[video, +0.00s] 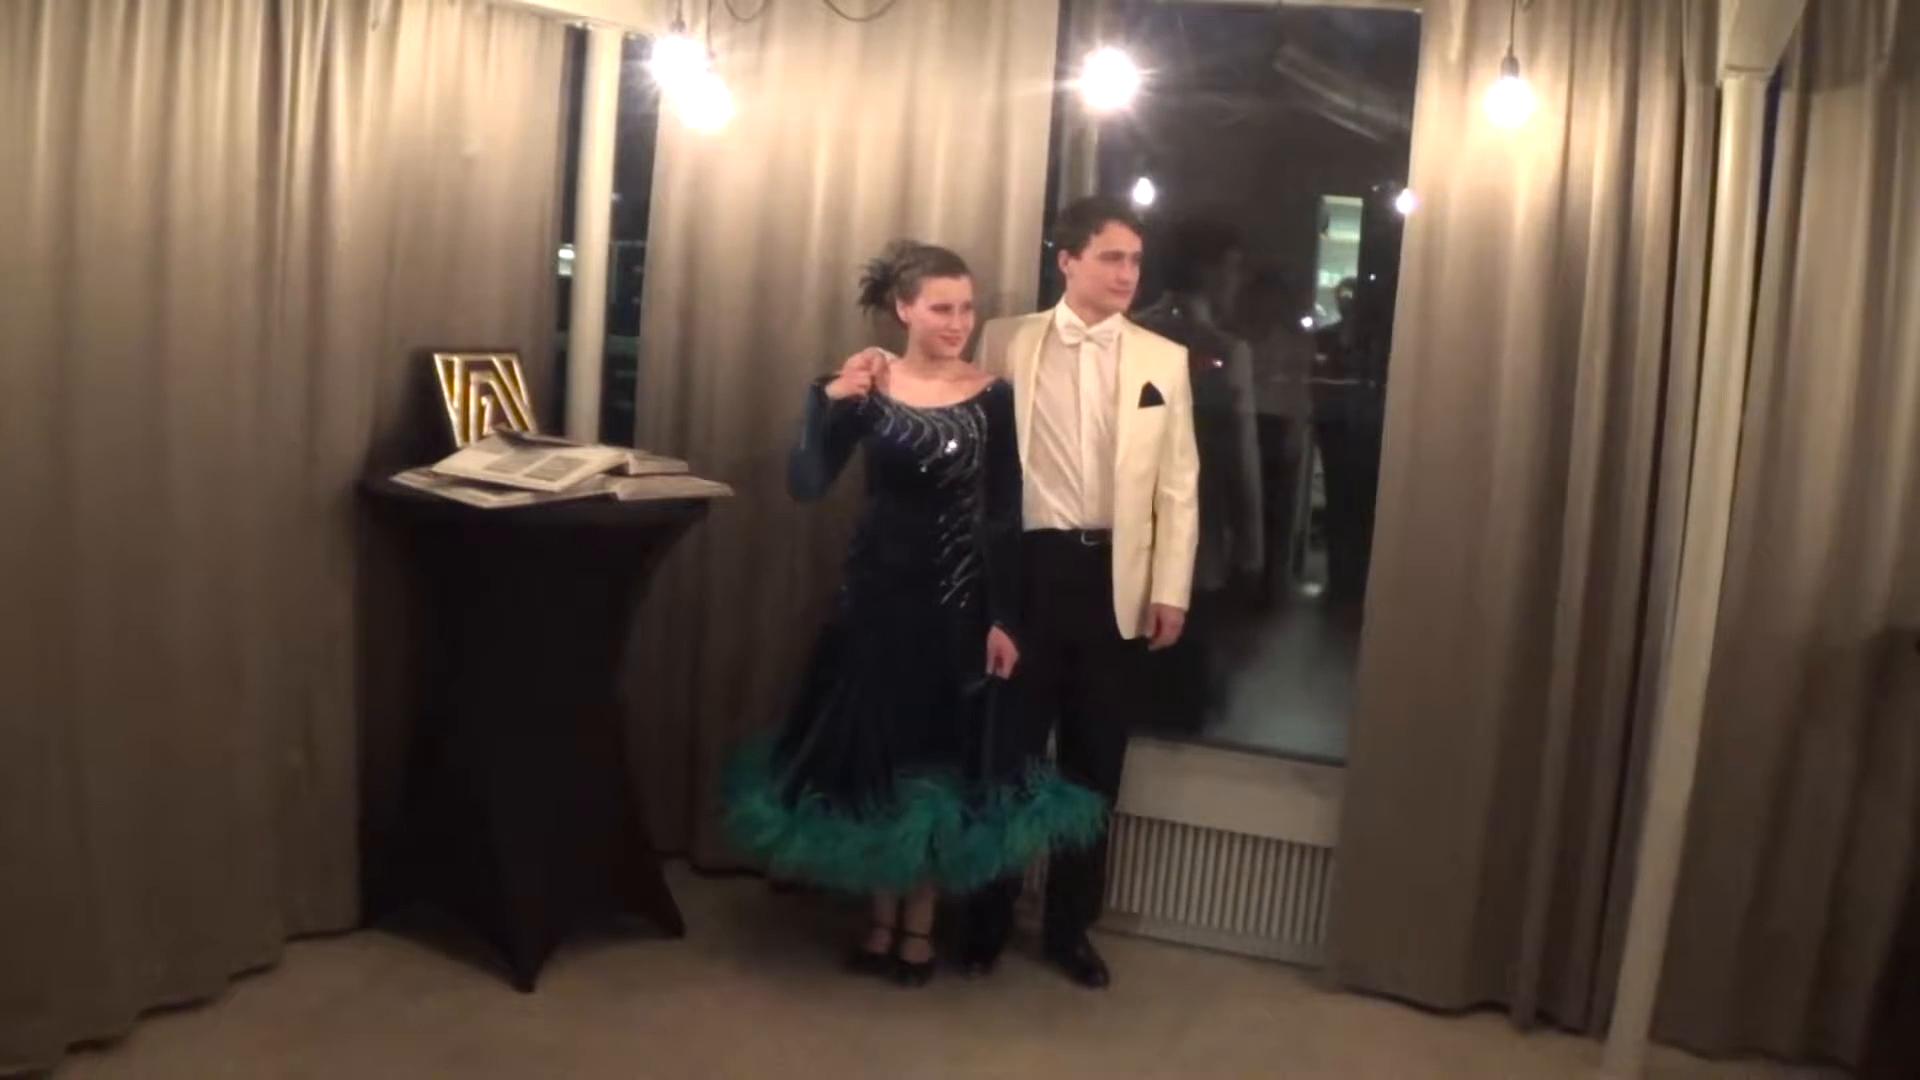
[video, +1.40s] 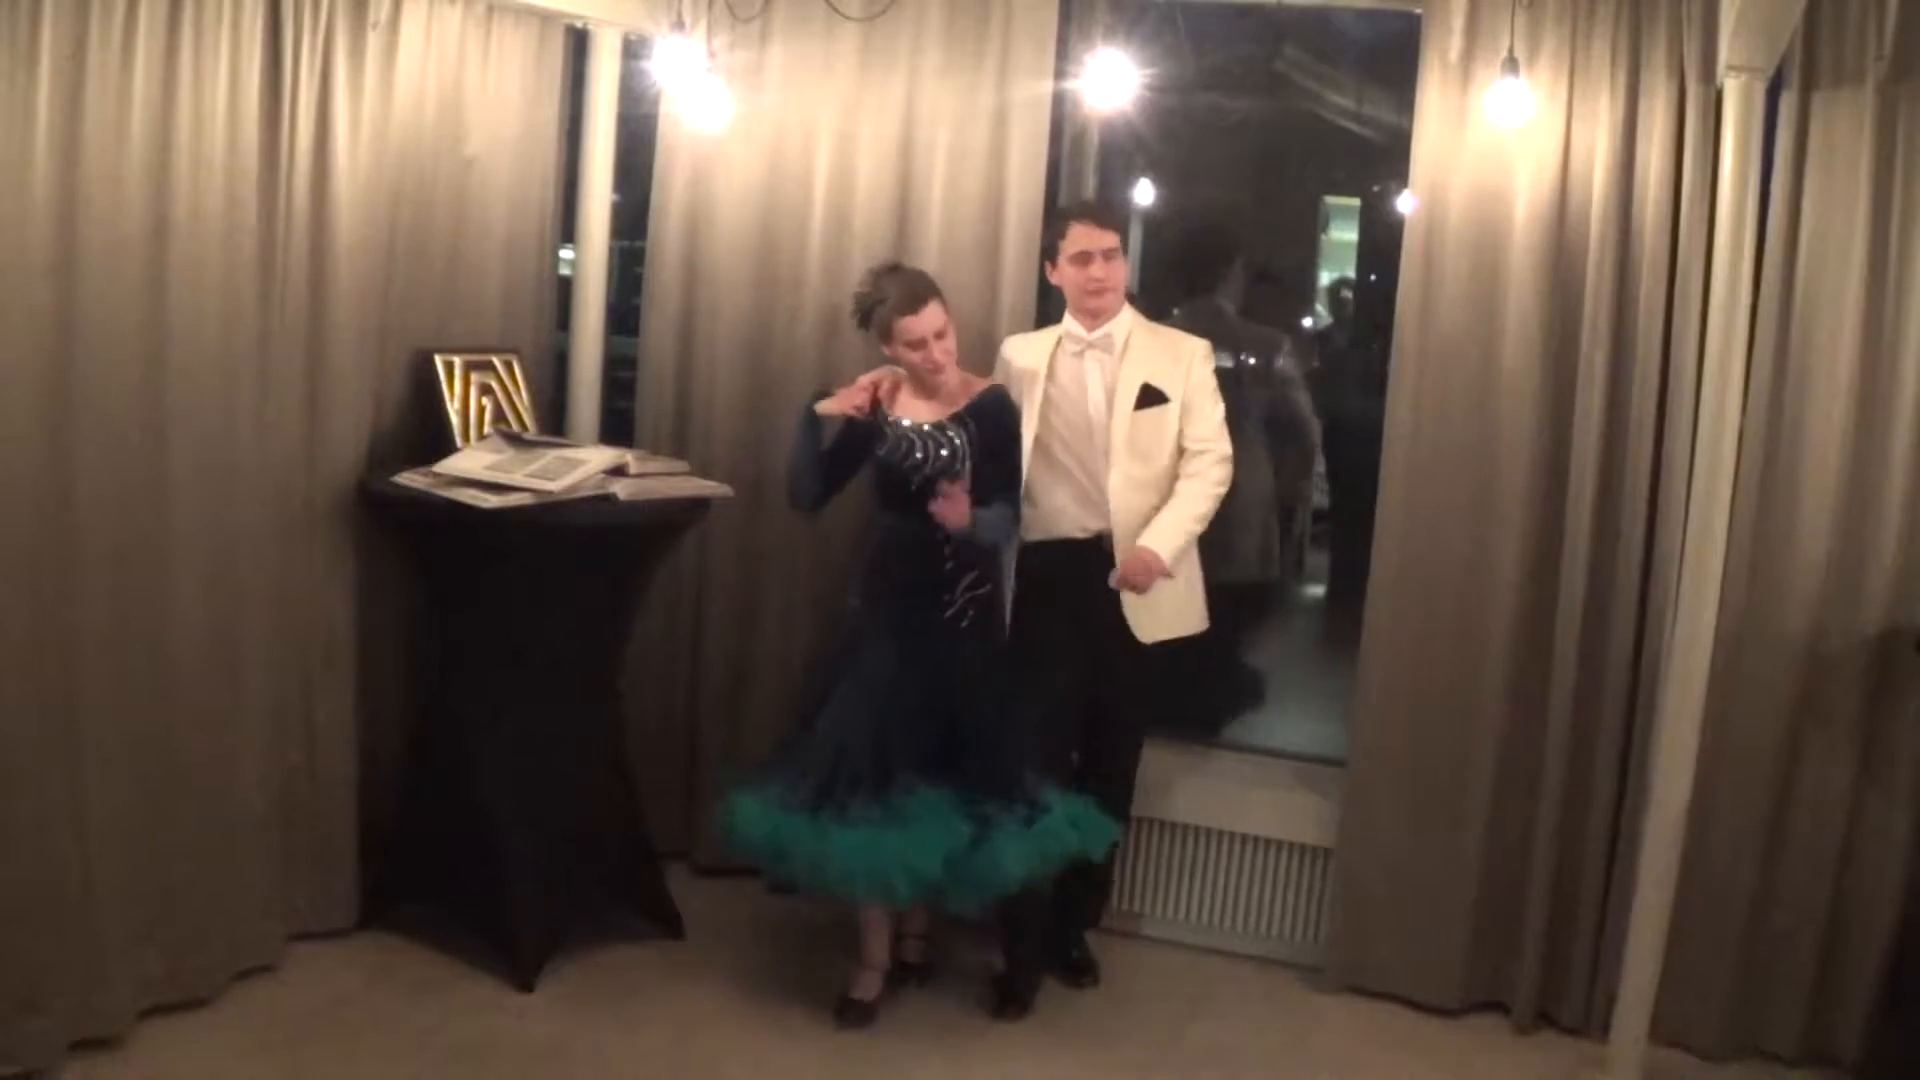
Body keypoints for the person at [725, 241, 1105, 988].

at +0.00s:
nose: (957, 322)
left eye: (966, 308)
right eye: (940, 308)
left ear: (978, 313)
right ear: (900, 311)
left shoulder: (991, 396)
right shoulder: (871, 384)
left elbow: (1004, 514)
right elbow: (810, 480)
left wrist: (1004, 617)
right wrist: (831, 397)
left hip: (958, 598)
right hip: (882, 591)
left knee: (940, 753)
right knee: (880, 749)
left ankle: (922, 912)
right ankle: (880, 908)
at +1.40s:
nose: (937, 354)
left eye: (941, 334)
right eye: (917, 346)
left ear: (953, 322)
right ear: (888, 351)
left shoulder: (992, 407)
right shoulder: (875, 408)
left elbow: (1011, 519)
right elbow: (809, 494)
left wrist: (972, 520)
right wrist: (825, 416)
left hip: (964, 610)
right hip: (889, 603)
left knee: (936, 759)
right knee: (869, 755)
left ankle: (915, 920)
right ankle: (872, 951)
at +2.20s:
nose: (933, 323)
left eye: (940, 309)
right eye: (915, 309)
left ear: (948, 317)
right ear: (869, 317)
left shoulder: (968, 407)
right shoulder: (837, 393)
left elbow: (991, 525)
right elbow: (747, 479)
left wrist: (1055, 607)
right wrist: (788, 400)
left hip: (933, 617)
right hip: (850, 611)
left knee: (917, 793)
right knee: (848, 785)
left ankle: (883, 985)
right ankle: (878, 954)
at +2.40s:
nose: (942, 324)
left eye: (948, 310)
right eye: (924, 308)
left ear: (953, 320)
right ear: (872, 316)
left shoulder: (962, 412)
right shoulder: (827, 400)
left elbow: (1005, 532)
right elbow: (726, 471)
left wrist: (1105, 551)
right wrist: (782, 389)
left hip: (924, 626)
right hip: (842, 620)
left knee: (905, 799)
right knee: (846, 790)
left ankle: (870, 985)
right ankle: (872, 965)